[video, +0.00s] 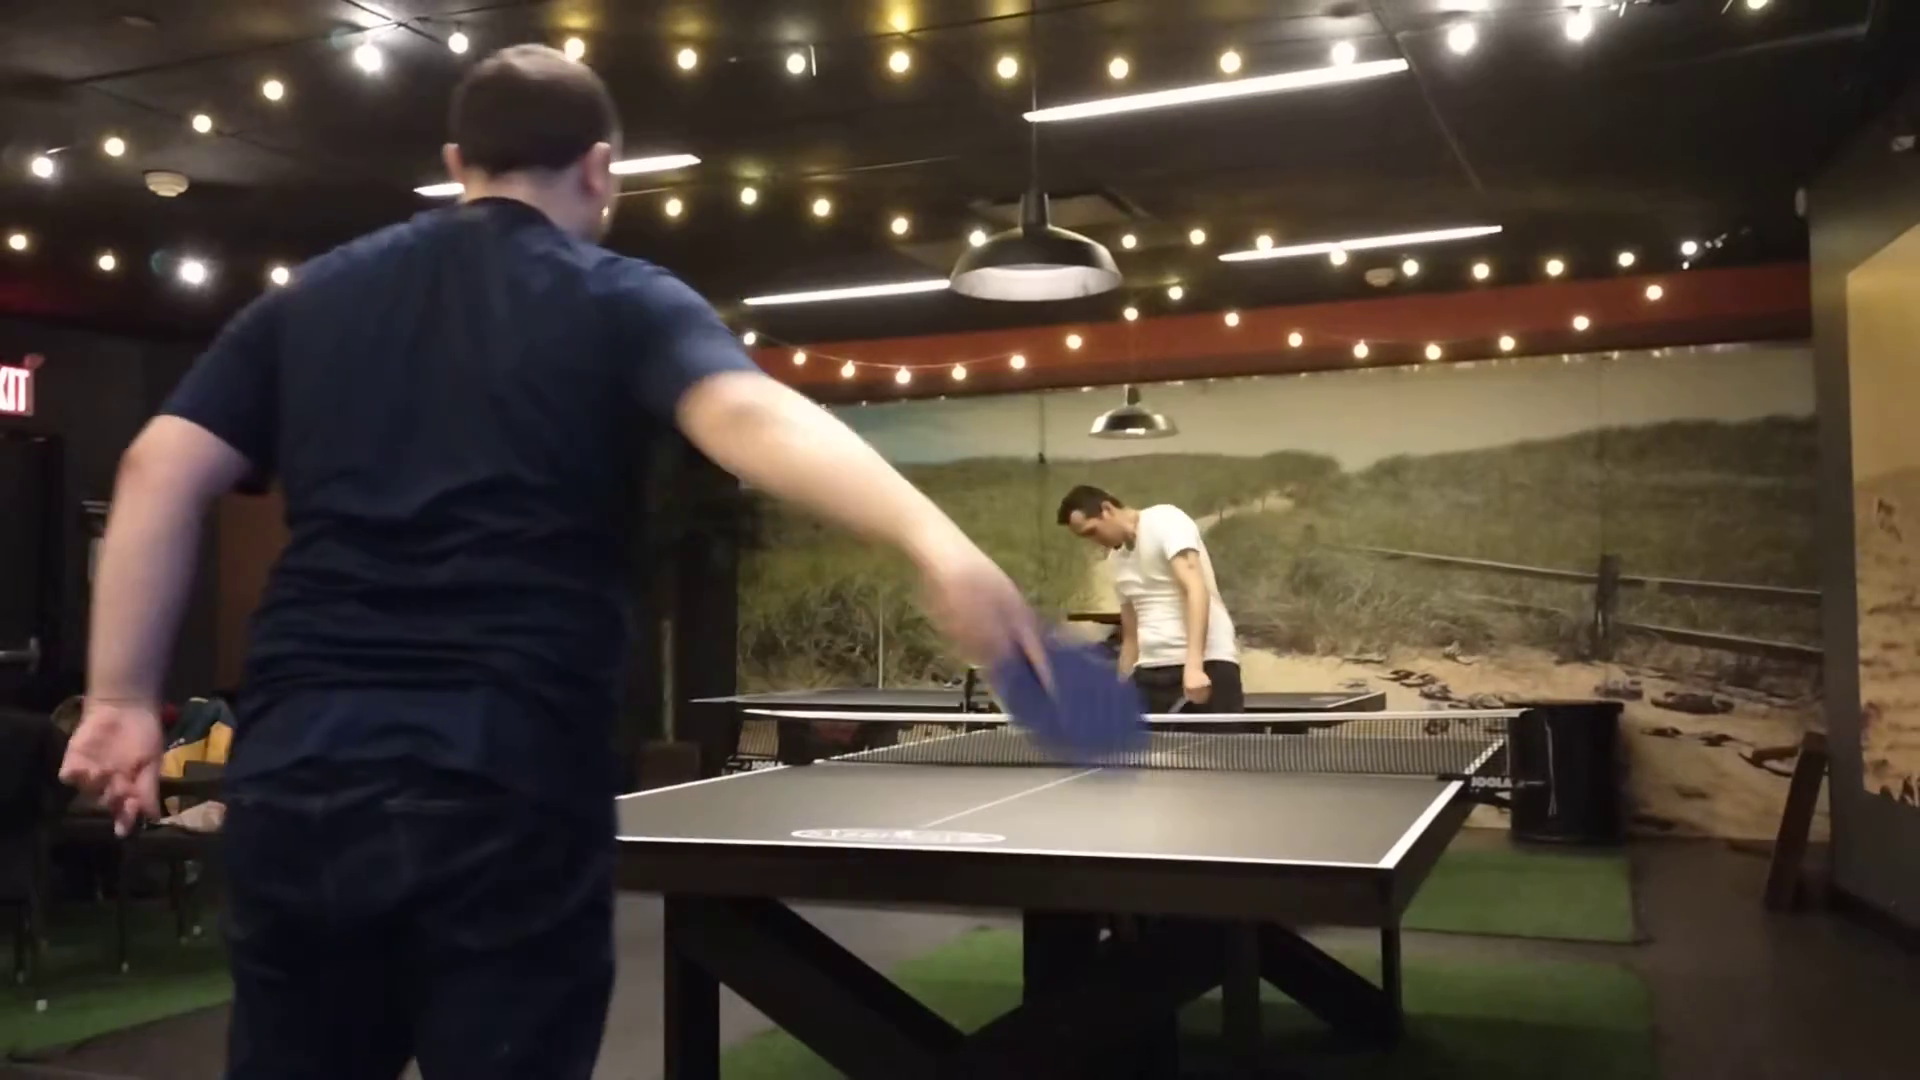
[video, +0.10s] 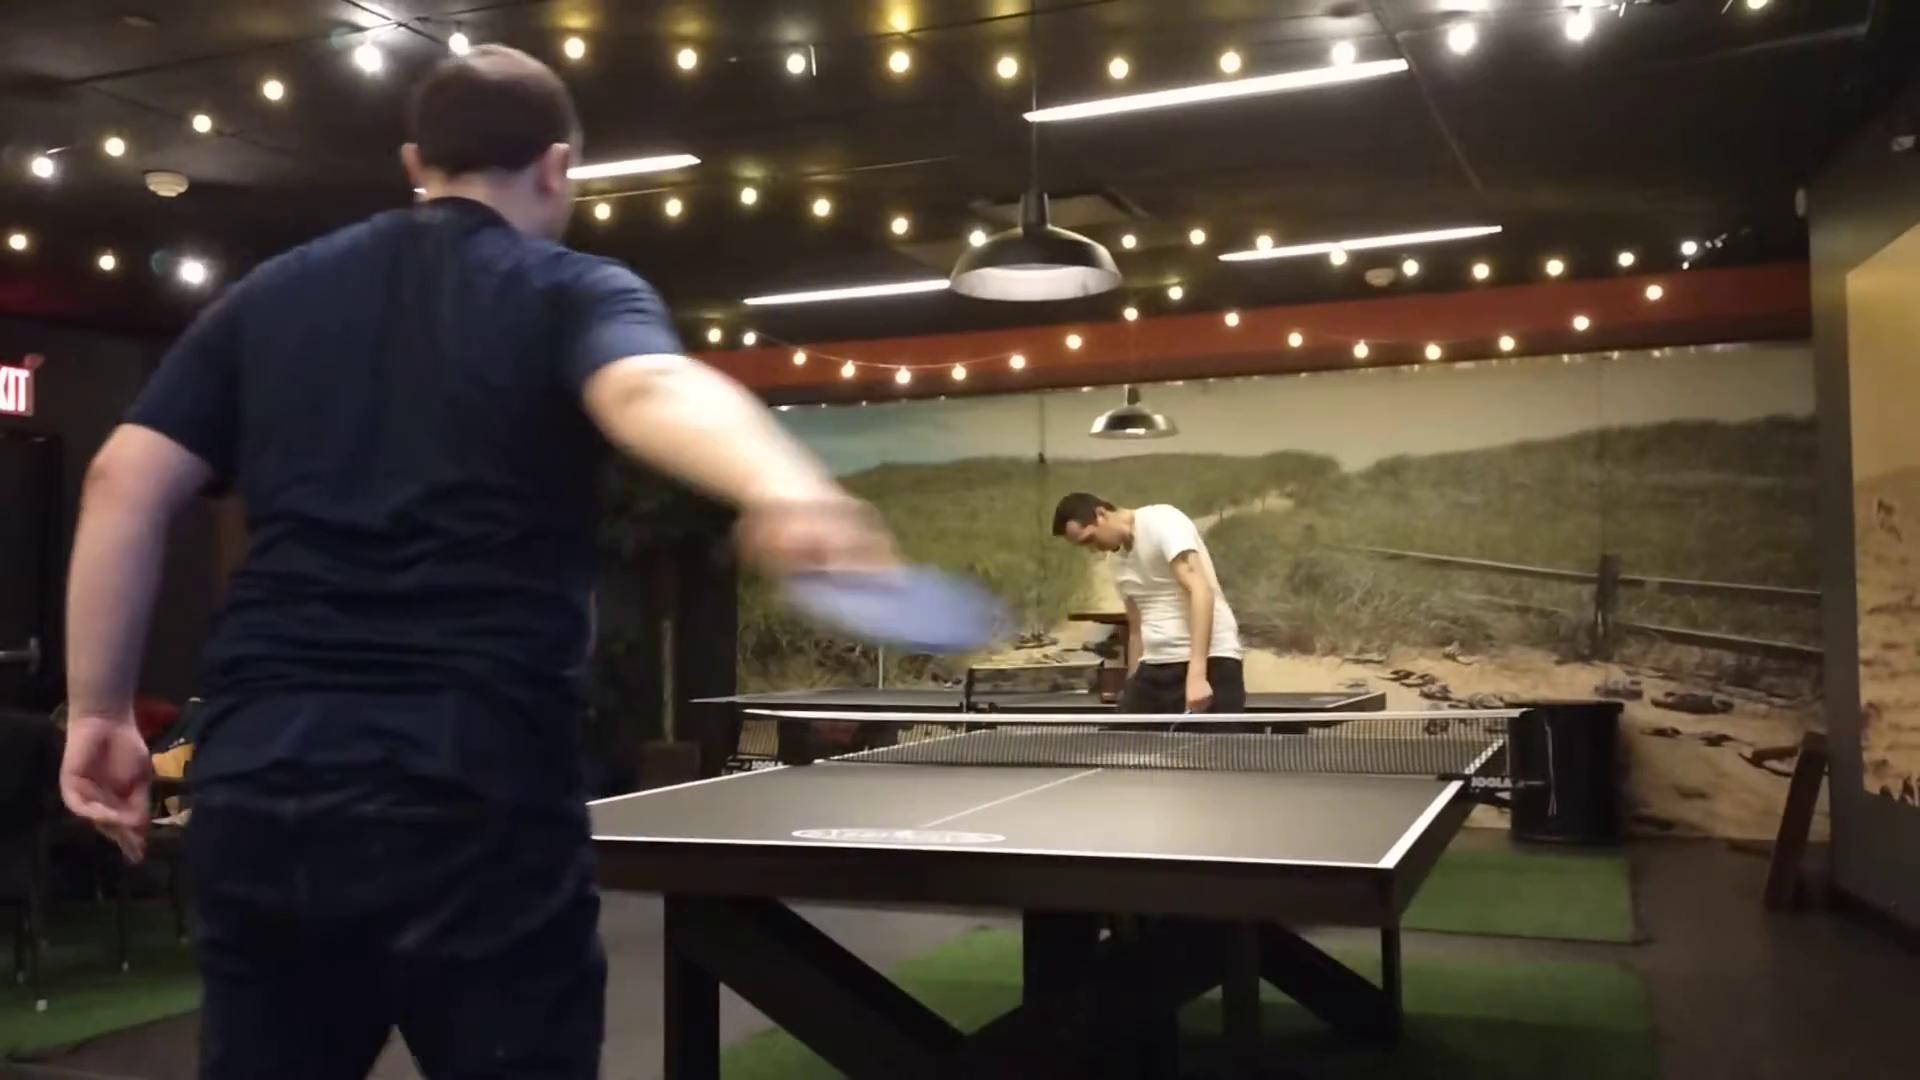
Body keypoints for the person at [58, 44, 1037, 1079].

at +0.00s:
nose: (612, 198)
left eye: (610, 179)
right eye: (613, 179)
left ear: (455, 167)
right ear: (595, 172)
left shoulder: (307, 296)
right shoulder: (617, 296)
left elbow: (164, 467)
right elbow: (747, 417)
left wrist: (120, 694)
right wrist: (937, 543)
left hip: (294, 778)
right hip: (513, 789)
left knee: (294, 1060)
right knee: (511, 1060)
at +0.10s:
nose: (572, 196)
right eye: (572, 174)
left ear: (415, 169)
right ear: (556, 171)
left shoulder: (272, 294)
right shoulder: (572, 288)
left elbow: (126, 480)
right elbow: (646, 389)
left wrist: (98, 707)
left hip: (258, 800)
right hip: (480, 806)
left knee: (261, 1059)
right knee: (522, 1059)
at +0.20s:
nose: (533, 195)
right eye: (535, 172)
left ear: (375, 169)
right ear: (515, 168)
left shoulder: (237, 297)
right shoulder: (543, 291)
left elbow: (98, 484)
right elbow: (568, 426)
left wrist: (102, 712)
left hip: (244, 807)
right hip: (466, 805)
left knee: (246, 1060)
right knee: (570, 1056)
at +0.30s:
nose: (507, 194)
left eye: (507, 171)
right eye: (507, 170)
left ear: (352, 168)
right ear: (487, 164)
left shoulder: (216, 300)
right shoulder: (532, 306)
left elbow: (79, 491)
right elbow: (532, 507)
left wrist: (115, 708)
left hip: (238, 799)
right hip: (449, 806)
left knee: (249, 1060)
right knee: (587, 1056)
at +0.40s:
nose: (506, 191)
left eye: (508, 169)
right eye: (507, 167)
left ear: (349, 170)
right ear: (487, 163)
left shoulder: (215, 301)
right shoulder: (545, 321)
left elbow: (76, 485)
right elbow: (570, 563)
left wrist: (119, 703)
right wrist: (620, 797)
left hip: (254, 795)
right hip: (483, 797)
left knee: (256, 1061)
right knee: (593, 1056)